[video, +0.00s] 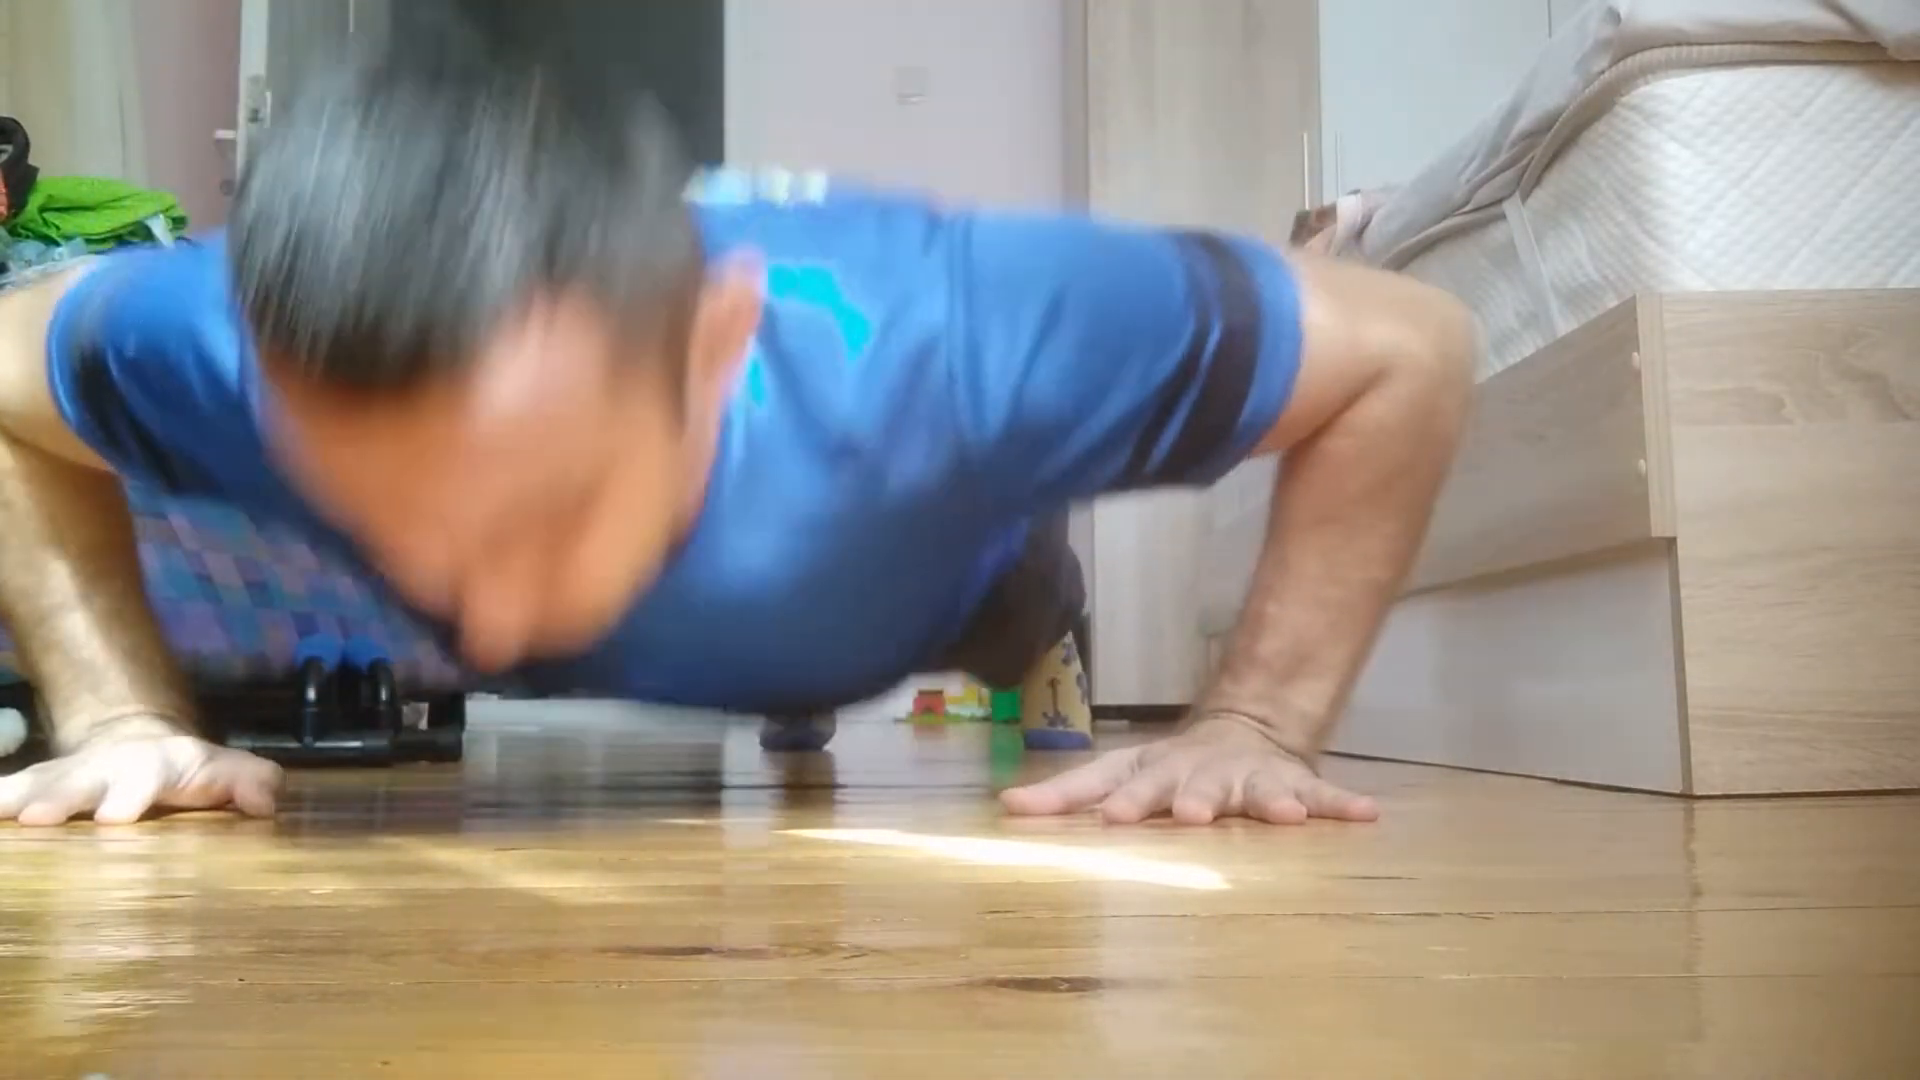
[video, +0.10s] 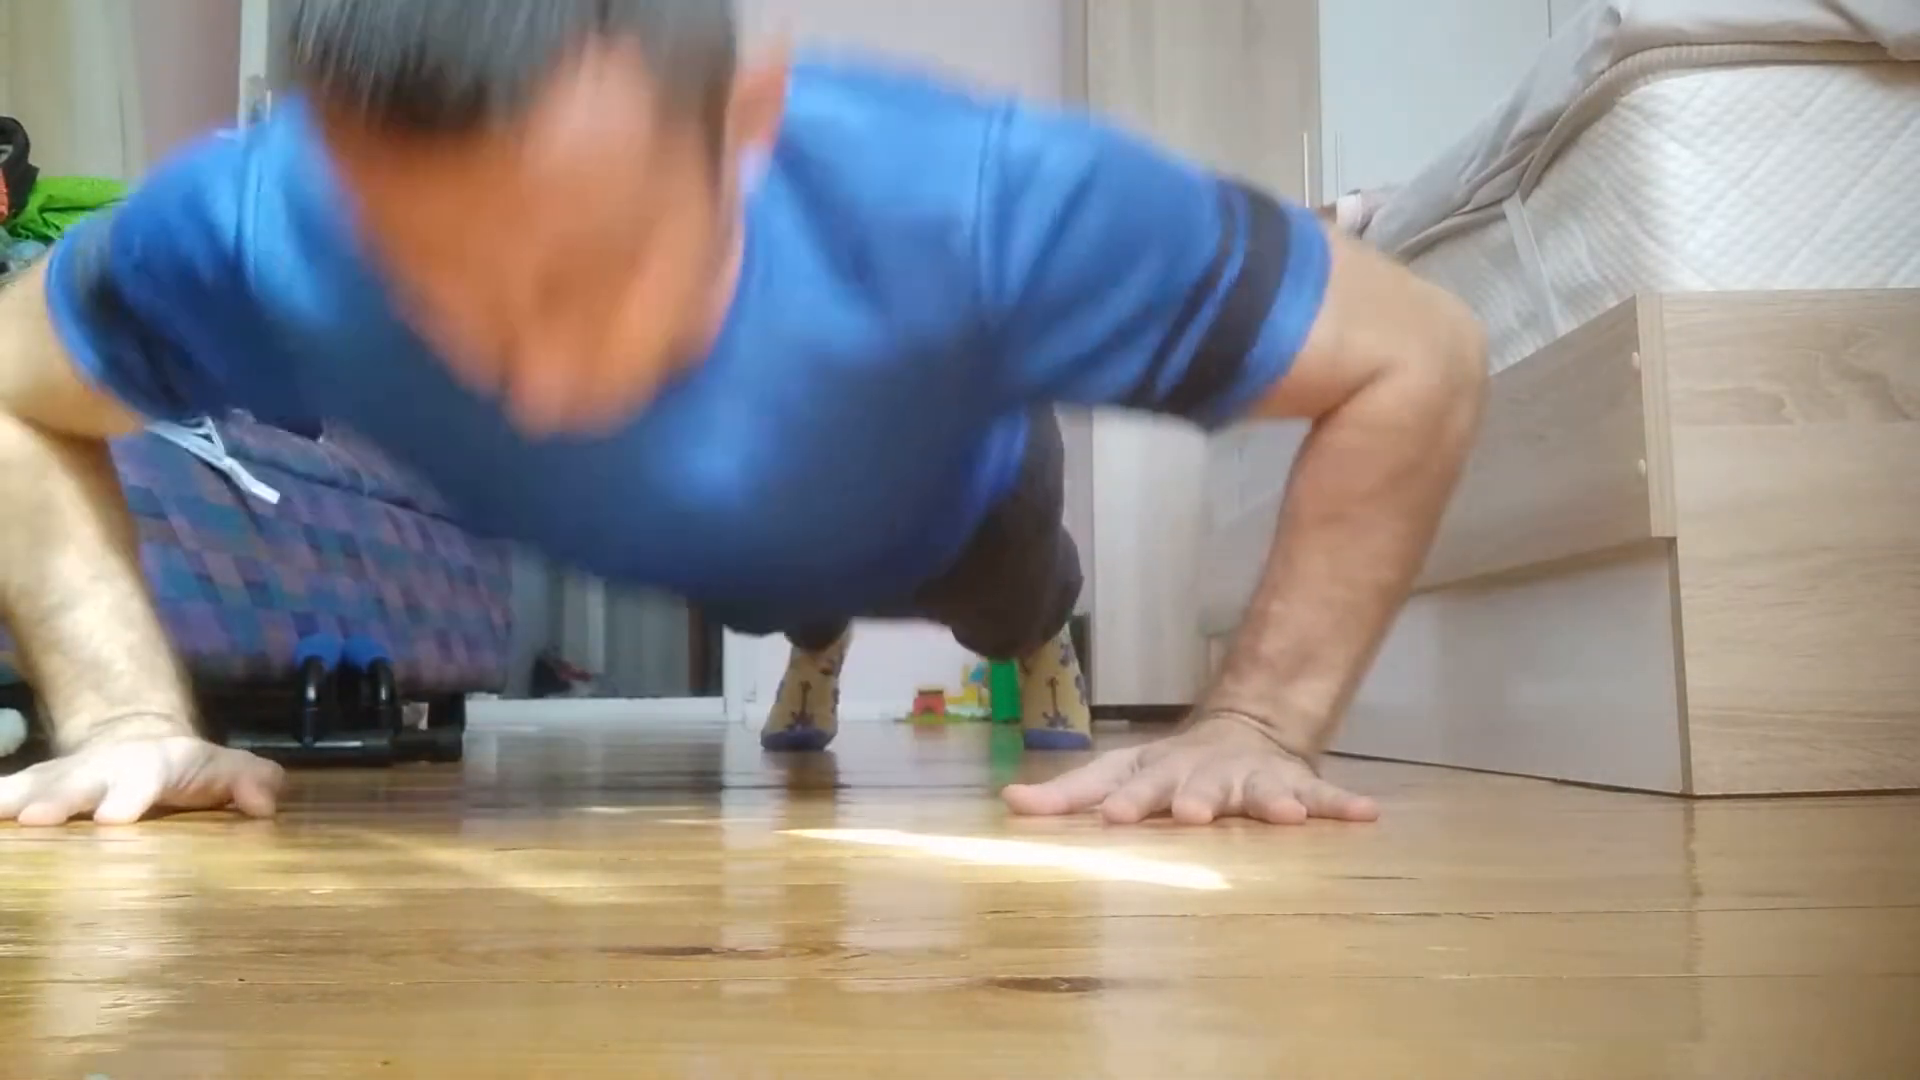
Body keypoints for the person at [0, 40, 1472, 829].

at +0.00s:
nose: (483, 618)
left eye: (547, 533)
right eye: (396, 548)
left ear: (713, 344)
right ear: (311, 420)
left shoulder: (960, 352)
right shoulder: (229, 349)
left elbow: (1411, 353)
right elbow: (23, 380)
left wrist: (1265, 721)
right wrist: (121, 712)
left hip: (936, 596)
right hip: (682, 627)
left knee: (1009, 620)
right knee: (788, 678)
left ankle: (1035, 659)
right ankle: (806, 713)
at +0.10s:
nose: (518, 360)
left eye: (584, 276)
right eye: (448, 287)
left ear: (743, 118)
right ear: (355, 191)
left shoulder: (967, 206)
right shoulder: (260, 237)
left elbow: (1419, 358)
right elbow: (19, 396)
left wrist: (1263, 722)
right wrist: (132, 715)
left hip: (950, 518)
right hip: (712, 546)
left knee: (1011, 611)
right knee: (786, 604)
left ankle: (1034, 646)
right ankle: (818, 659)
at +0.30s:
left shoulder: (999, 12)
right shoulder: (323, 19)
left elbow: (1282, 287)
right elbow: (137, 324)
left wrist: (1251, 717)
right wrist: (147, 718)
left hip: (933, 387)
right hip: (682, 434)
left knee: (1006, 563)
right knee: (782, 568)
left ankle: (1016, 623)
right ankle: (818, 650)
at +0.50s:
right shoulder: (371, 2)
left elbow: (1152, 277)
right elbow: (254, 271)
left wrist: (1240, 705)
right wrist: (148, 710)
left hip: (930, 377)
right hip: (672, 412)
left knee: (1011, 557)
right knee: (775, 563)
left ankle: (1023, 617)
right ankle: (816, 635)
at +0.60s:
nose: (566, 31)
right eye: (524, 5)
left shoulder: (968, 16)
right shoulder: (328, 22)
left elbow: (1288, 304)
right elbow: (121, 333)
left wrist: (1247, 718)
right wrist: (138, 716)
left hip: (936, 461)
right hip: (685, 504)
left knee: (1009, 599)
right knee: (787, 599)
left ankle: (1017, 641)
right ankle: (816, 650)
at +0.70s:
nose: (505, 357)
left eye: (570, 270)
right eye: (437, 278)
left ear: (729, 85)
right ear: (337, 170)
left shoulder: (936, 166)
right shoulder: (254, 205)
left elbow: (1349, 350)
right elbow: (72, 395)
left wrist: (1247, 719)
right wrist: (137, 715)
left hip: (959, 591)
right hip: (693, 615)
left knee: (1017, 654)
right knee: (780, 657)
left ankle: (1016, 677)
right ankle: (797, 688)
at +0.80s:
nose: (495, 704)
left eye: (556, 612)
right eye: (417, 635)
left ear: (721, 392)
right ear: (306, 487)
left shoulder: (952, 375)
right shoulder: (267, 377)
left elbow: (1354, 353)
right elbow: (48, 374)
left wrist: (1255, 719)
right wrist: (133, 714)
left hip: (962, 699)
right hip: (655, 730)